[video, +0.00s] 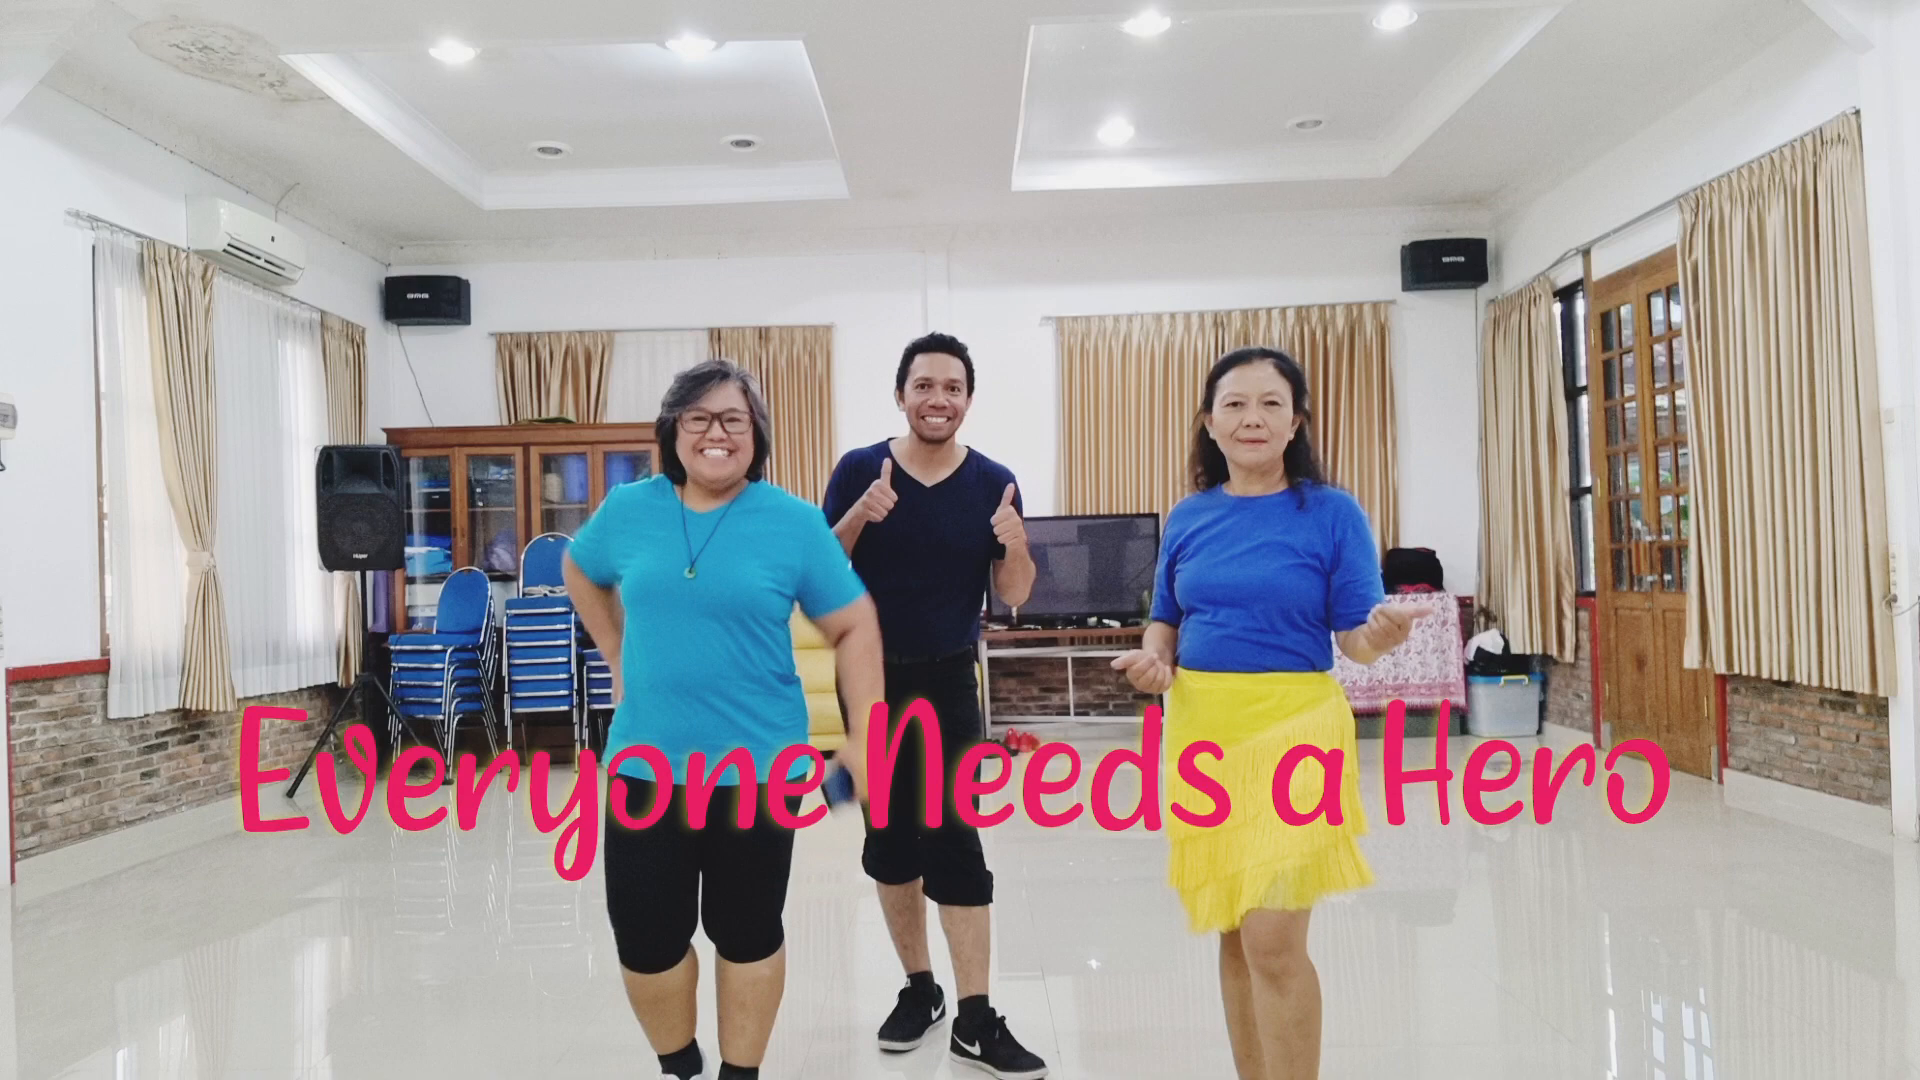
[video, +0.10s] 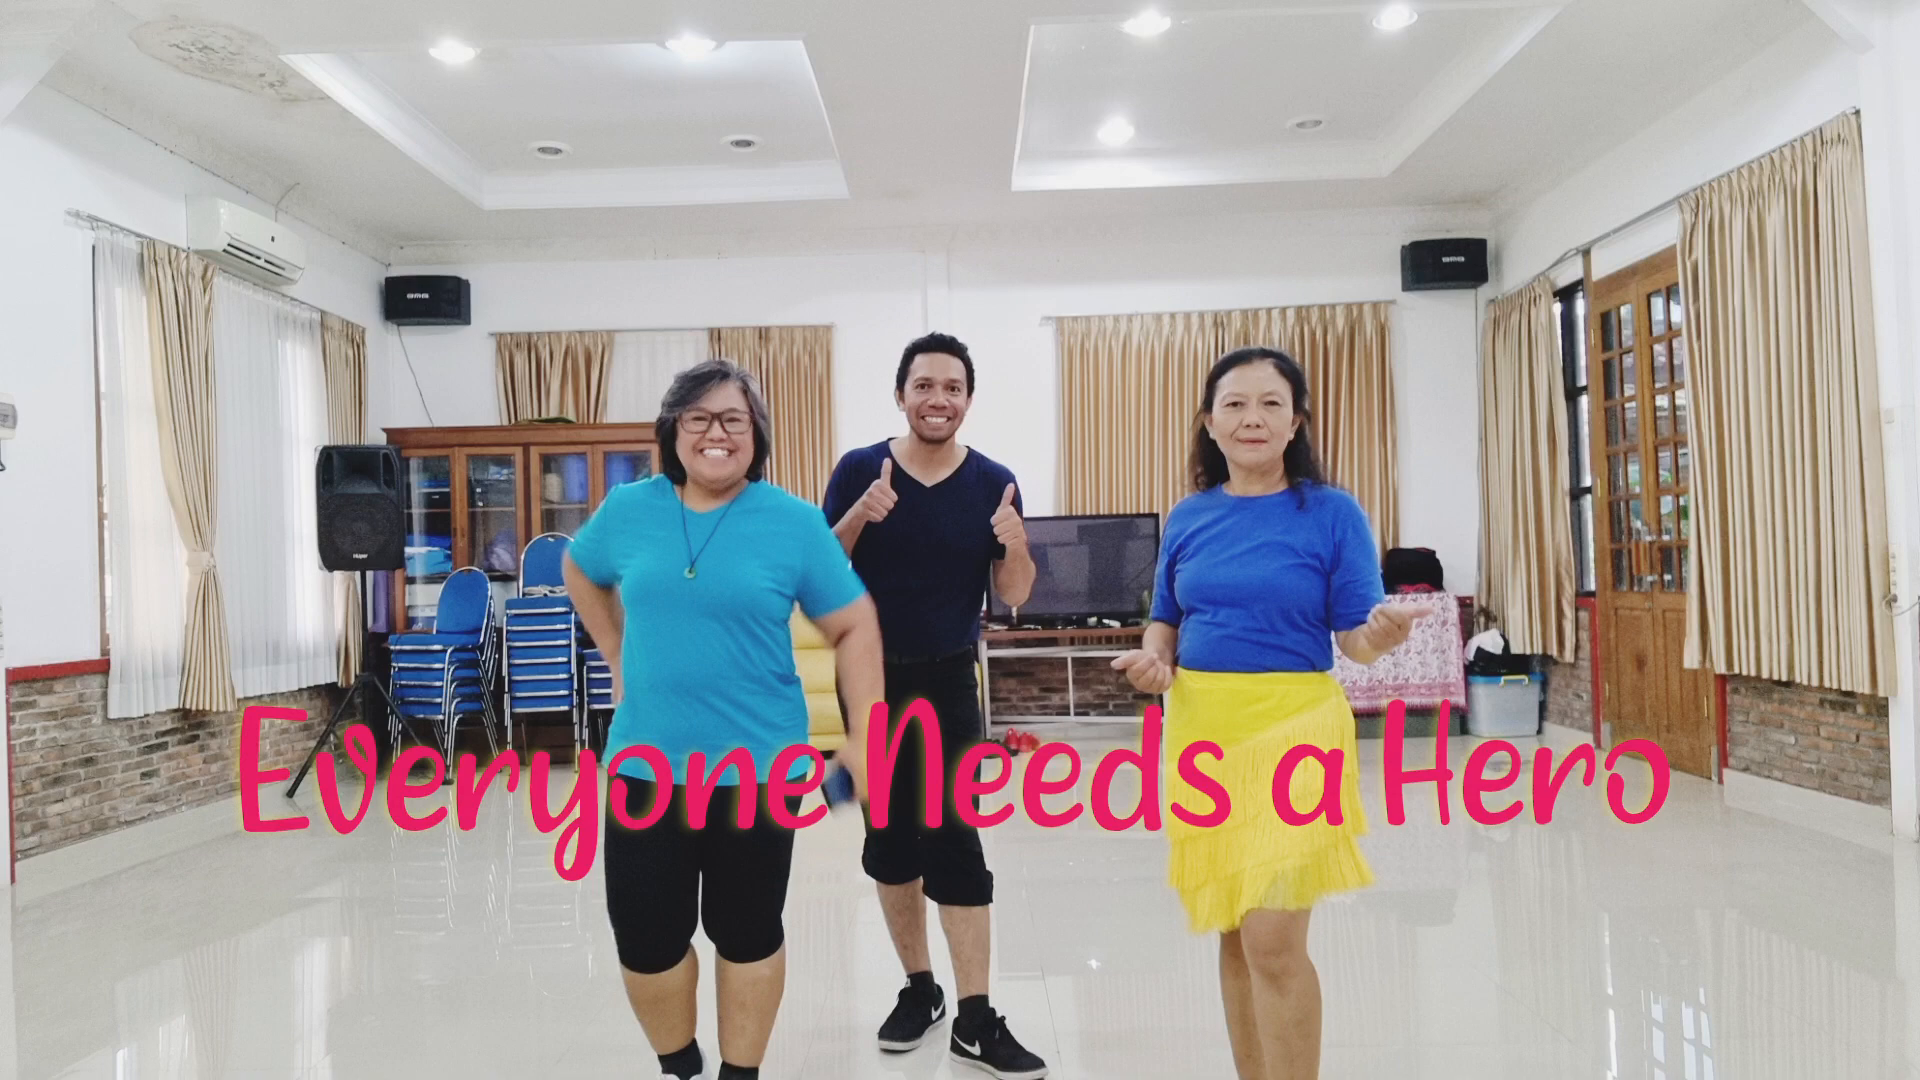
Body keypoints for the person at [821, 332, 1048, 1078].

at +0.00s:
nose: (938, 400)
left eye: (952, 388)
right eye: (924, 386)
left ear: (968, 399)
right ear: (900, 396)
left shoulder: (992, 483)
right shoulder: (858, 472)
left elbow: (1014, 595)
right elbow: (813, 570)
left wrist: (1015, 548)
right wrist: (854, 520)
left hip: (950, 676)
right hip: (872, 676)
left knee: (957, 841)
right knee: (892, 840)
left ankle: (975, 1014)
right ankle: (919, 990)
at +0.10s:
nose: (938, 400)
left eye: (952, 388)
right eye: (924, 386)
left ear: (968, 399)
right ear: (900, 396)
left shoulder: (992, 483)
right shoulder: (858, 472)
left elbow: (1014, 595)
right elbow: (813, 570)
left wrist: (1015, 548)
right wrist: (854, 520)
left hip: (950, 676)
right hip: (872, 676)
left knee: (957, 841)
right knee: (892, 840)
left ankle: (975, 1014)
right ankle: (919, 990)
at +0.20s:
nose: (938, 400)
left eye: (952, 388)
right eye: (924, 386)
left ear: (968, 399)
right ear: (900, 396)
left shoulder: (992, 483)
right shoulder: (858, 472)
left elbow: (1014, 595)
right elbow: (813, 570)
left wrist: (1015, 548)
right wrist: (854, 520)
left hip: (950, 676)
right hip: (872, 676)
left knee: (957, 841)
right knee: (892, 840)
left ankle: (975, 1014)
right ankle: (919, 990)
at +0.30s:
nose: (938, 400)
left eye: (952, 388)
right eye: (924, 386)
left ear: (968, 399)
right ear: (900, 396)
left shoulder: (992, 483)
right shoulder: (858, 472)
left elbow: (1014, 595)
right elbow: (813, 570)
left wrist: (1015, 548)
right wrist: (854, 520)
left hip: (950, 676)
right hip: (872, 676)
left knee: (957, 841)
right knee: (892, 840)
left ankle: (975, 1014)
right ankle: (919, 990)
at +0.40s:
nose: (938, 400)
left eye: (952, 388)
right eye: (924, 386)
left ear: (968, 399)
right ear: (900, 396)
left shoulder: (992, 483)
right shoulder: (858, 472)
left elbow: (1014, 595)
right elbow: (813, 570)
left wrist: (1015, 548)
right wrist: (854, 520)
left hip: (950, 676)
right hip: (872, 676)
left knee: (957, 841)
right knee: (892, 840)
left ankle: (975, 1014)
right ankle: (919, 990)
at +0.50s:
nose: (938, 400)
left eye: (952, 388)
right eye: (924, 386)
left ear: (968, 399)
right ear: (900, 396)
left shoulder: (992, 483)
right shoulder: (858, 472)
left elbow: (1014, 595)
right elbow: (813, 570)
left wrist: (1015, 548)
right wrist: (854, 520)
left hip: (950, 676)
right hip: (872, 676)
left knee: (957, 841)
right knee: (892, 840)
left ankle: (975, 1014)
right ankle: (919, 990)